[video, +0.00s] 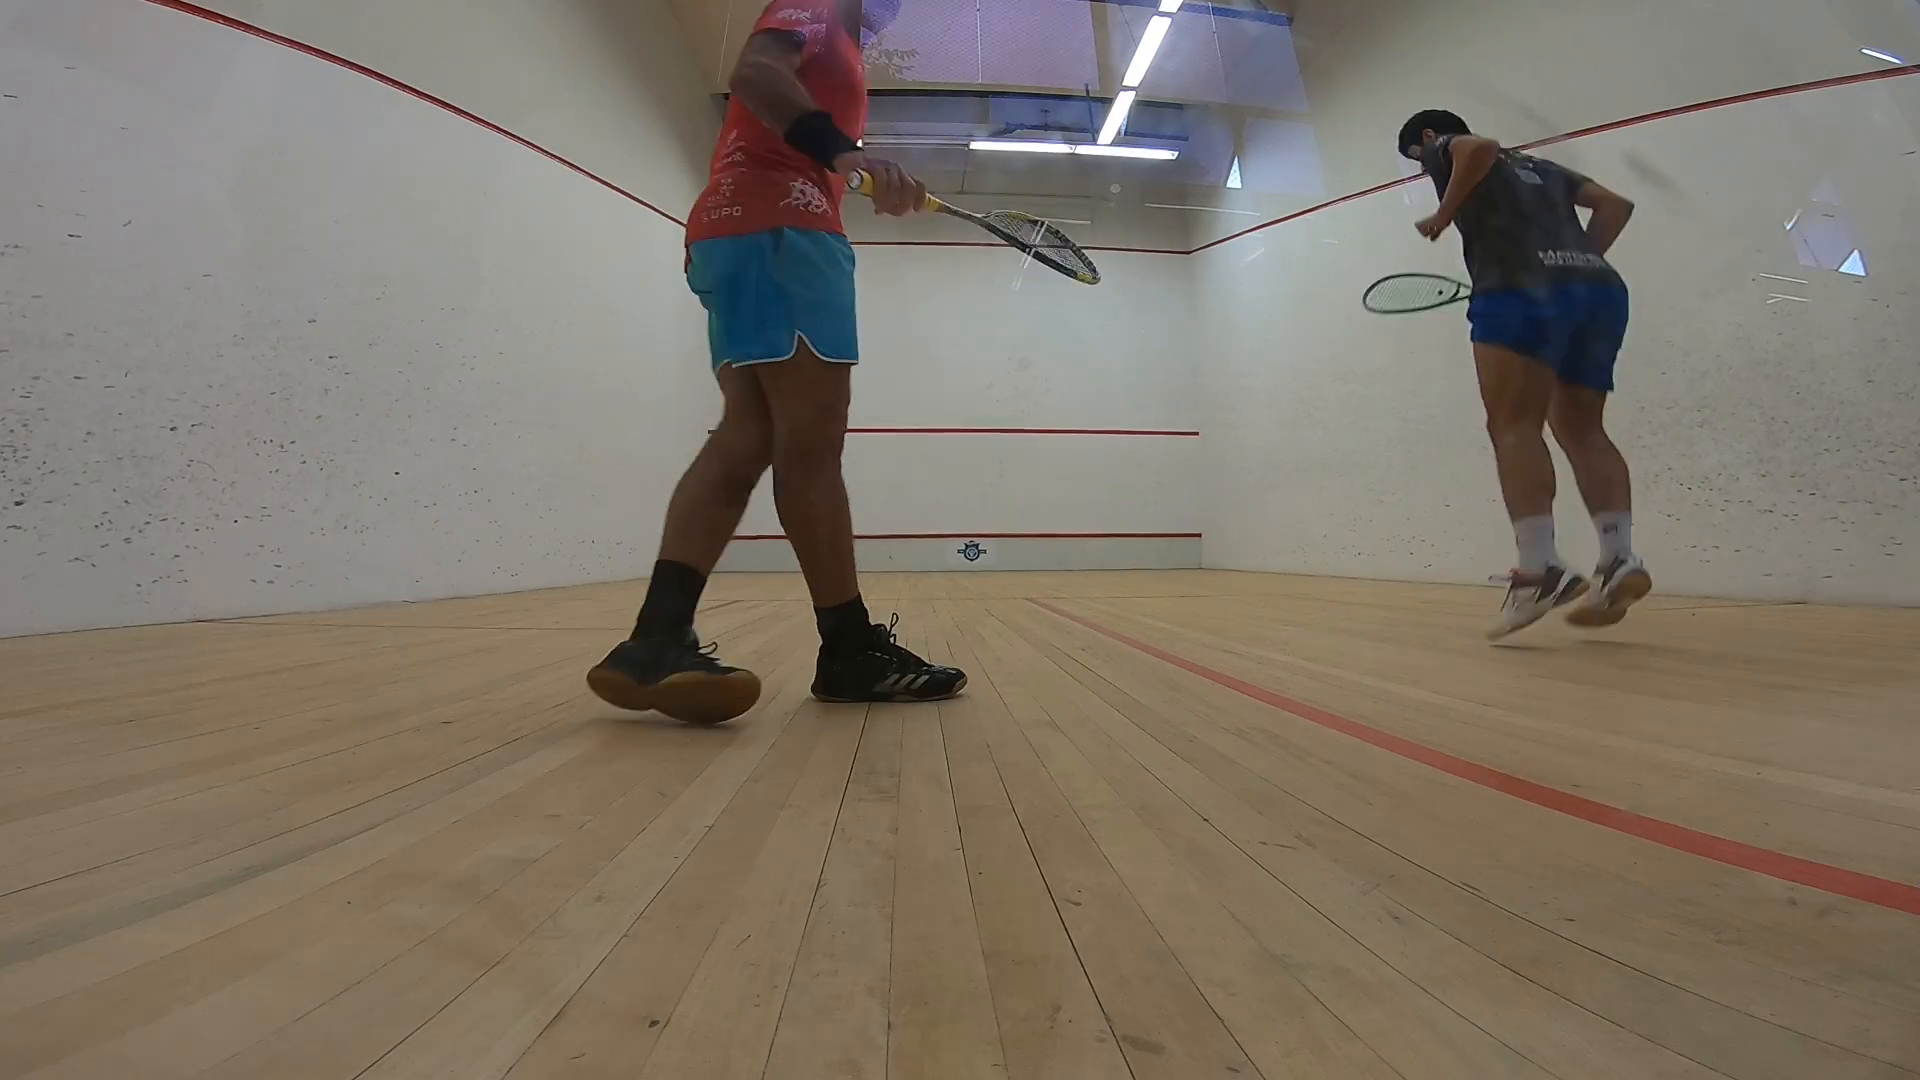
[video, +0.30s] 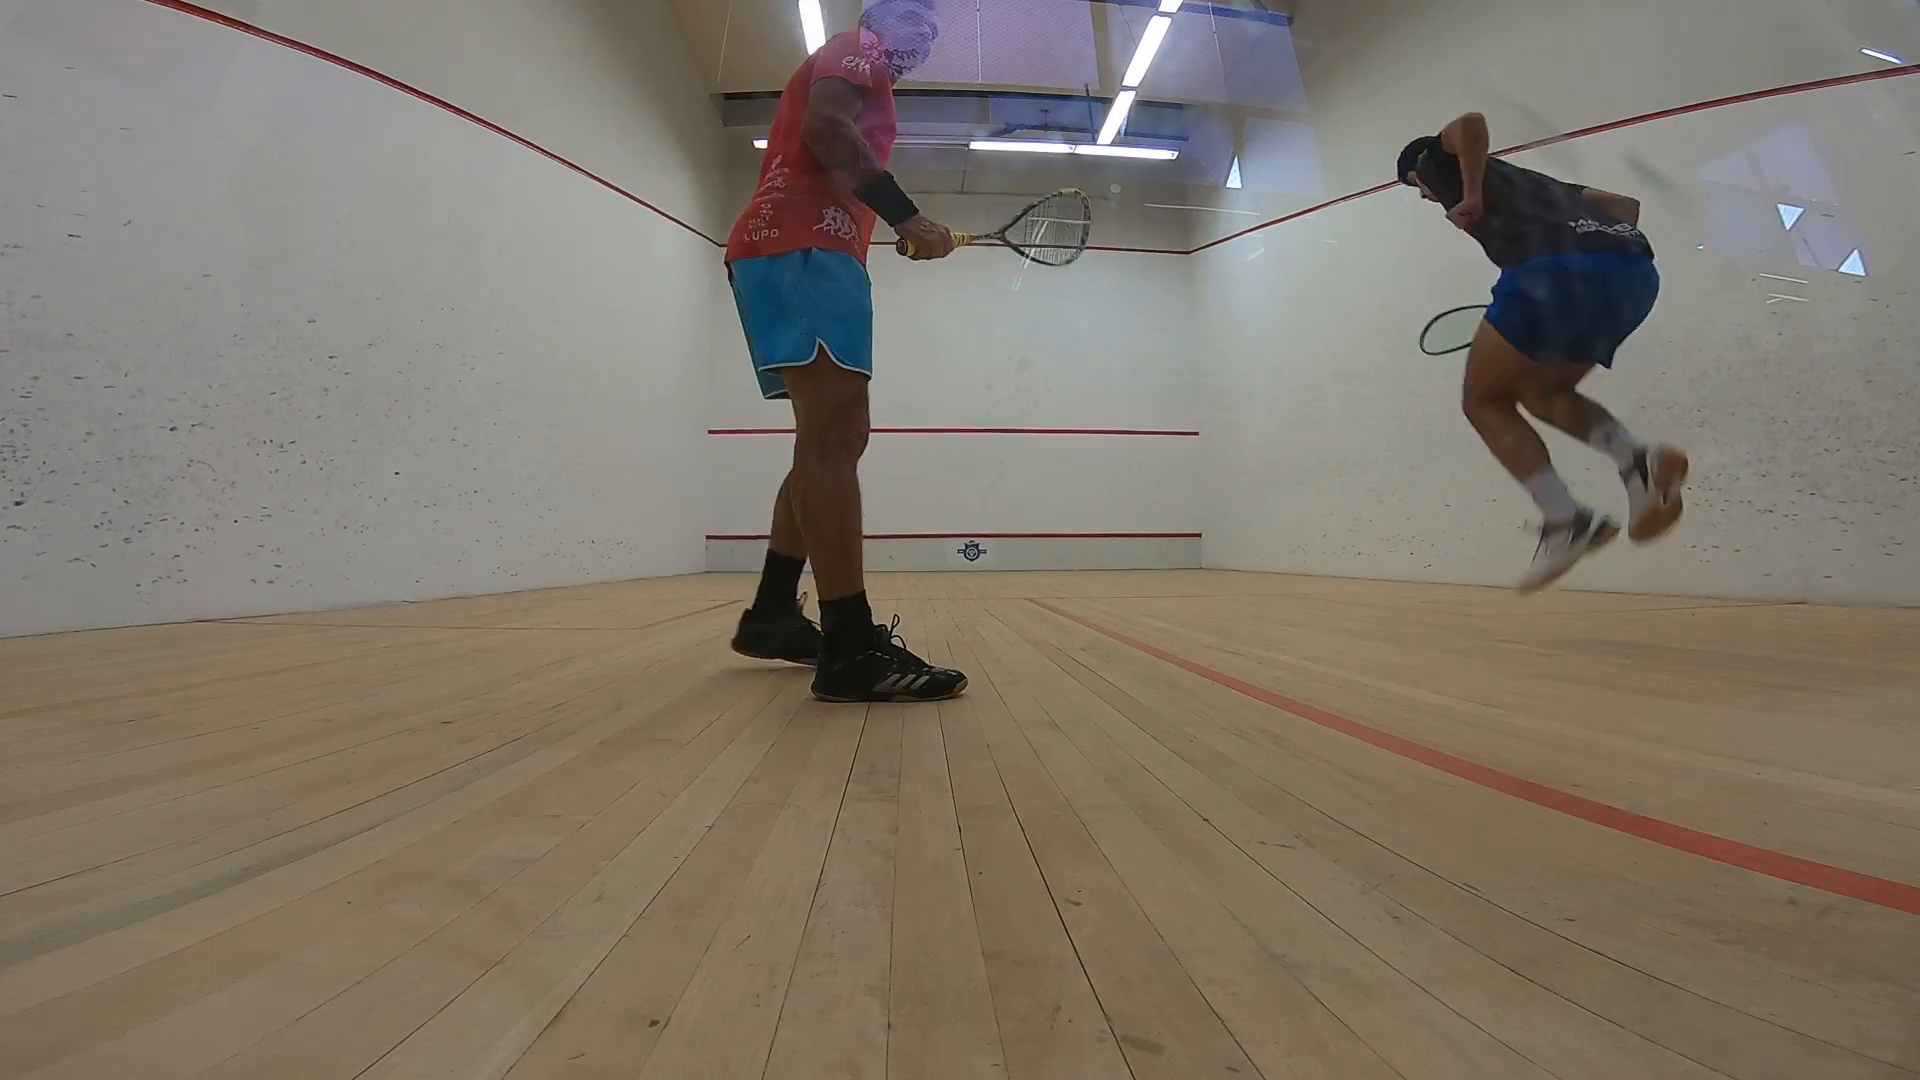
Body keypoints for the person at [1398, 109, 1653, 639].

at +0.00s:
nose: (1419, 161)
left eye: (1416, 153)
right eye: (1415, 157)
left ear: (1429, 137)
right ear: (1463, 125)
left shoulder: (1445, 150)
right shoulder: (1535, 165)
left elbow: (1481, 148)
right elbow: (1615, 206)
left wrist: (1442, 214)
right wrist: (1579, 267)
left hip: (1521, 288)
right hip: (1598, 290)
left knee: (1513, 426)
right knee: (1579, 424)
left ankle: (1537, 571)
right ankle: (1620, 562)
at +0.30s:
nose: (1423, 193)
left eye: (1418, 183)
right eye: (1418, 187)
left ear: (1426, 166)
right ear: (1446, 162)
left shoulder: (1445, 166)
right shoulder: (1533, 185)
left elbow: (1468, 124)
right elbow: (1626, 208)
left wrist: (1473, 194)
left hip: (1555, 273)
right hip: (1632, 271)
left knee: (1483, 400)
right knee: (1541, 393)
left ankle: (1564, 519)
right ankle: (1637, 462)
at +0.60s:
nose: (1436, 176)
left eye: (1437, 167)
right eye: (1435, 168)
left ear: (1457, 158)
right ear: (1492, 161)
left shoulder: (1461, 182)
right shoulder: (1547, 201)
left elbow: (1491, 210)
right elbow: (1610, 269)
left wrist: (1458, 275)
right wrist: (1577, 333)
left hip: (1534, 340)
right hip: (1607, 338)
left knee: (1522, 472)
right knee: (1583, 467)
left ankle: (1579, 605)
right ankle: (1663, 590)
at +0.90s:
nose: (1439, 169)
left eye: (1442, 160)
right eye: (1440, 161)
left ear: (1463, 158)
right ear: (1496, 161)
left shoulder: (1456, 189)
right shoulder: (1547, 199)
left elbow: (1483, 235)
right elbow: (1610, 263)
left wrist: (1459, 300)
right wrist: (1583, 323)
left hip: (1522, 335)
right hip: (1594, 336)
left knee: (1495, 466)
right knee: (1558, 463)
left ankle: (1531, 594)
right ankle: (1595, 597)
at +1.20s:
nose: (1442, 138)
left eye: (1447, 128)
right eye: (1443, 128)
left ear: (1470, 126)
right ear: (1501, 132)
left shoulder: (1458, 155)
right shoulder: (1548, 174)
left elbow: (1480, 198)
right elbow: (1610, 237)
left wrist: (1444, 273)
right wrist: (1579, 292)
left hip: (1502, 313)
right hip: (1576, 313)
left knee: (1497, 441)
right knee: (1565, 444)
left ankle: (1516, 582)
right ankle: (1590, 577)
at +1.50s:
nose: (1448, 154)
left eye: (1451, 144)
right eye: (1449, 145)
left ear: (1472, 141)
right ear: (1508, 147)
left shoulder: (1467, 174)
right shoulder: (1561, 191)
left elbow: (1492, 219)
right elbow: (1611, 257)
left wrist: (1464, 303)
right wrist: (1574, 317)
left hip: (1517, 330)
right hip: (1590, 336)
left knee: (1499, 458)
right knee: (1566, 457)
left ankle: (1524, 596)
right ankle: (1601, 594)